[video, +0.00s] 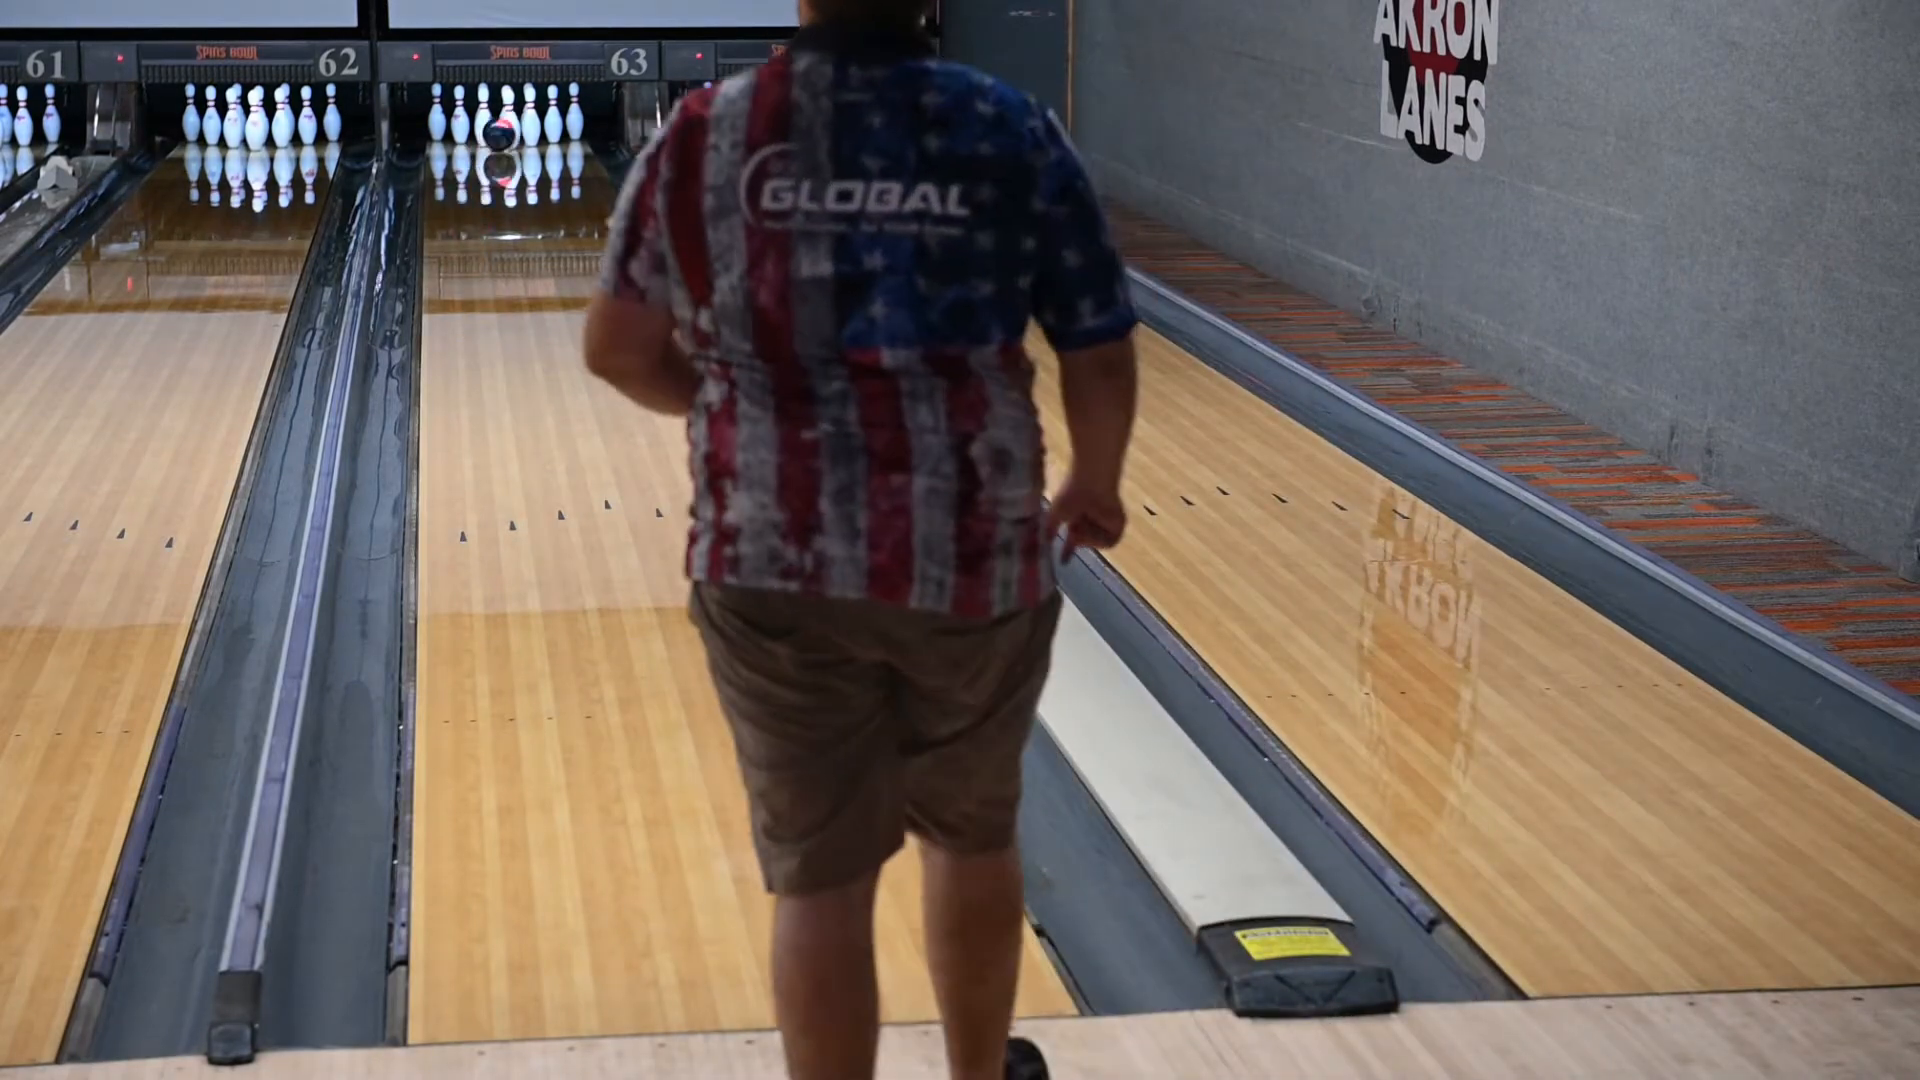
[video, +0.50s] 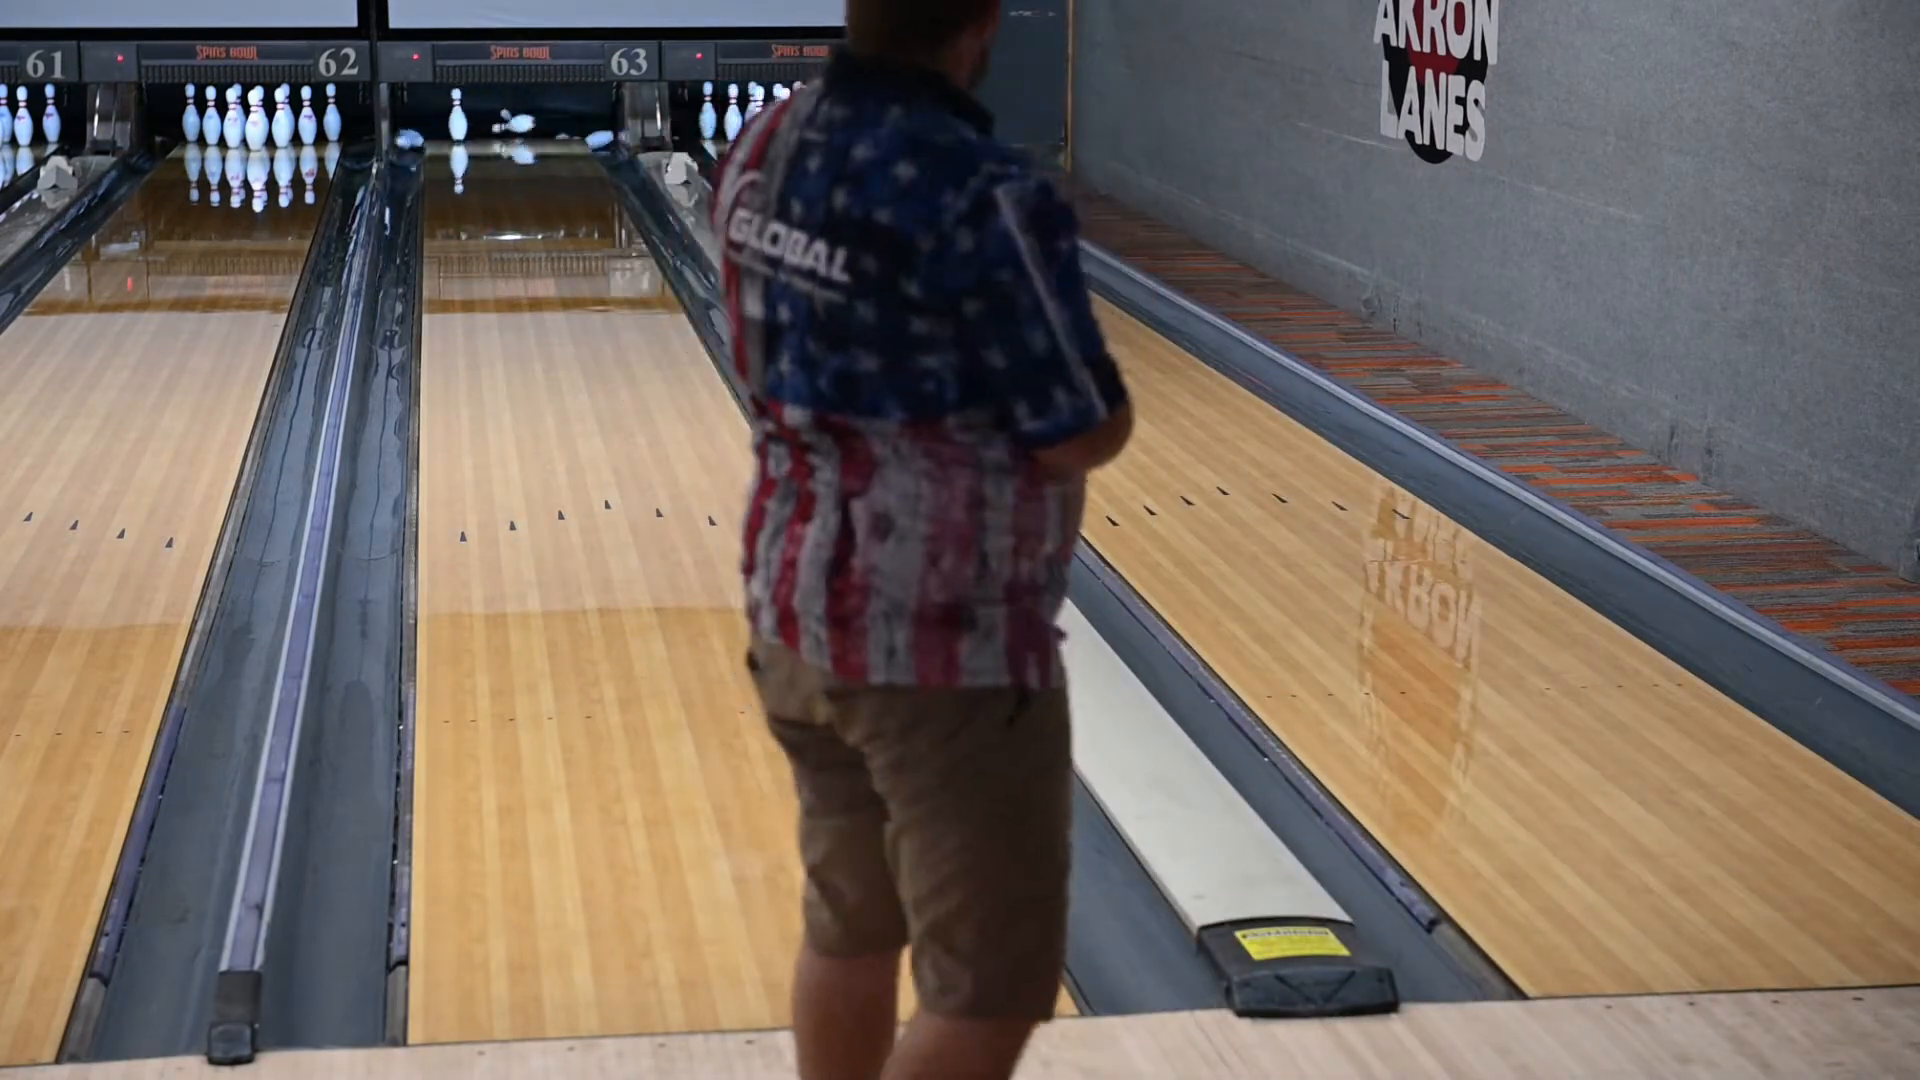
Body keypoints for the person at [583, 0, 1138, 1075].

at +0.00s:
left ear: (801, 1)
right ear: (930, 4)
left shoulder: (704, 129)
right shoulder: (1009, 130)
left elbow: (618, 344)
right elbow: (1100, 344)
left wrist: (724, 396)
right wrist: (1096, 480)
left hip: (770, 550)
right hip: (973, 552)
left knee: (817, 874)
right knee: (973, 833)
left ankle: (828, 1071)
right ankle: (981, 1070)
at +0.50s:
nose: (994, 38)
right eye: (995, 23)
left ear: (851, 20)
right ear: (980, 28)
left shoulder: (761, 152)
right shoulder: (984, 191)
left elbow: (764, 383)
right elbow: (1079, 437)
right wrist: (1112, 386)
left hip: (794, 616)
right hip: (950, 639)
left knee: (847, 934)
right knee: (987, 990)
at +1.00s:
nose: (1151, 20)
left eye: (1142, 0)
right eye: (1115, 4)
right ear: (1009, 29)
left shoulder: (1118, 159)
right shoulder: (941, 191)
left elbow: (1138, 379)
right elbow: (1038, 466)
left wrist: (1233, 398)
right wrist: (1229, 439)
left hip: (1152, 717)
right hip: (976, 740)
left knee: (1180, 1050)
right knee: (930, 1057)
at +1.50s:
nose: (1367, 25)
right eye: (1317, 3)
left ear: (1418, 14)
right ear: (1227, 30)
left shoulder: (1483, 193)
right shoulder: (1120, 214)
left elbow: (1724, 279)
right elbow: (980, 468)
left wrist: (1674, 345)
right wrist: (1096, 699)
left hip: (1433, 814)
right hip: (1186, 823)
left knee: (1444, 1068)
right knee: (1193, 1067)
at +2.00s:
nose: (1471, 65)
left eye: (1497, 18)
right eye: (1414, 33)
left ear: (1542, 34)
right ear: (1332, 74)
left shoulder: (1660, 269)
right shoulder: (1212, 301)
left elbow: (1747, 558)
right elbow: (1082, 598)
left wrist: (1854, 825)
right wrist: (1035, 887)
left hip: (1592, 961)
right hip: (1304, 969)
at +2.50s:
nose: (1790, 124)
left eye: (1818, 74)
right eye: (1729, 81)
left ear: (1848, 88)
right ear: (1598, 113)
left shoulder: (1901, 331)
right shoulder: (1424, 357)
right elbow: (1180, 662)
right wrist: (1288, 1008)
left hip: (1873, 1032)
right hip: (1517, 1040)